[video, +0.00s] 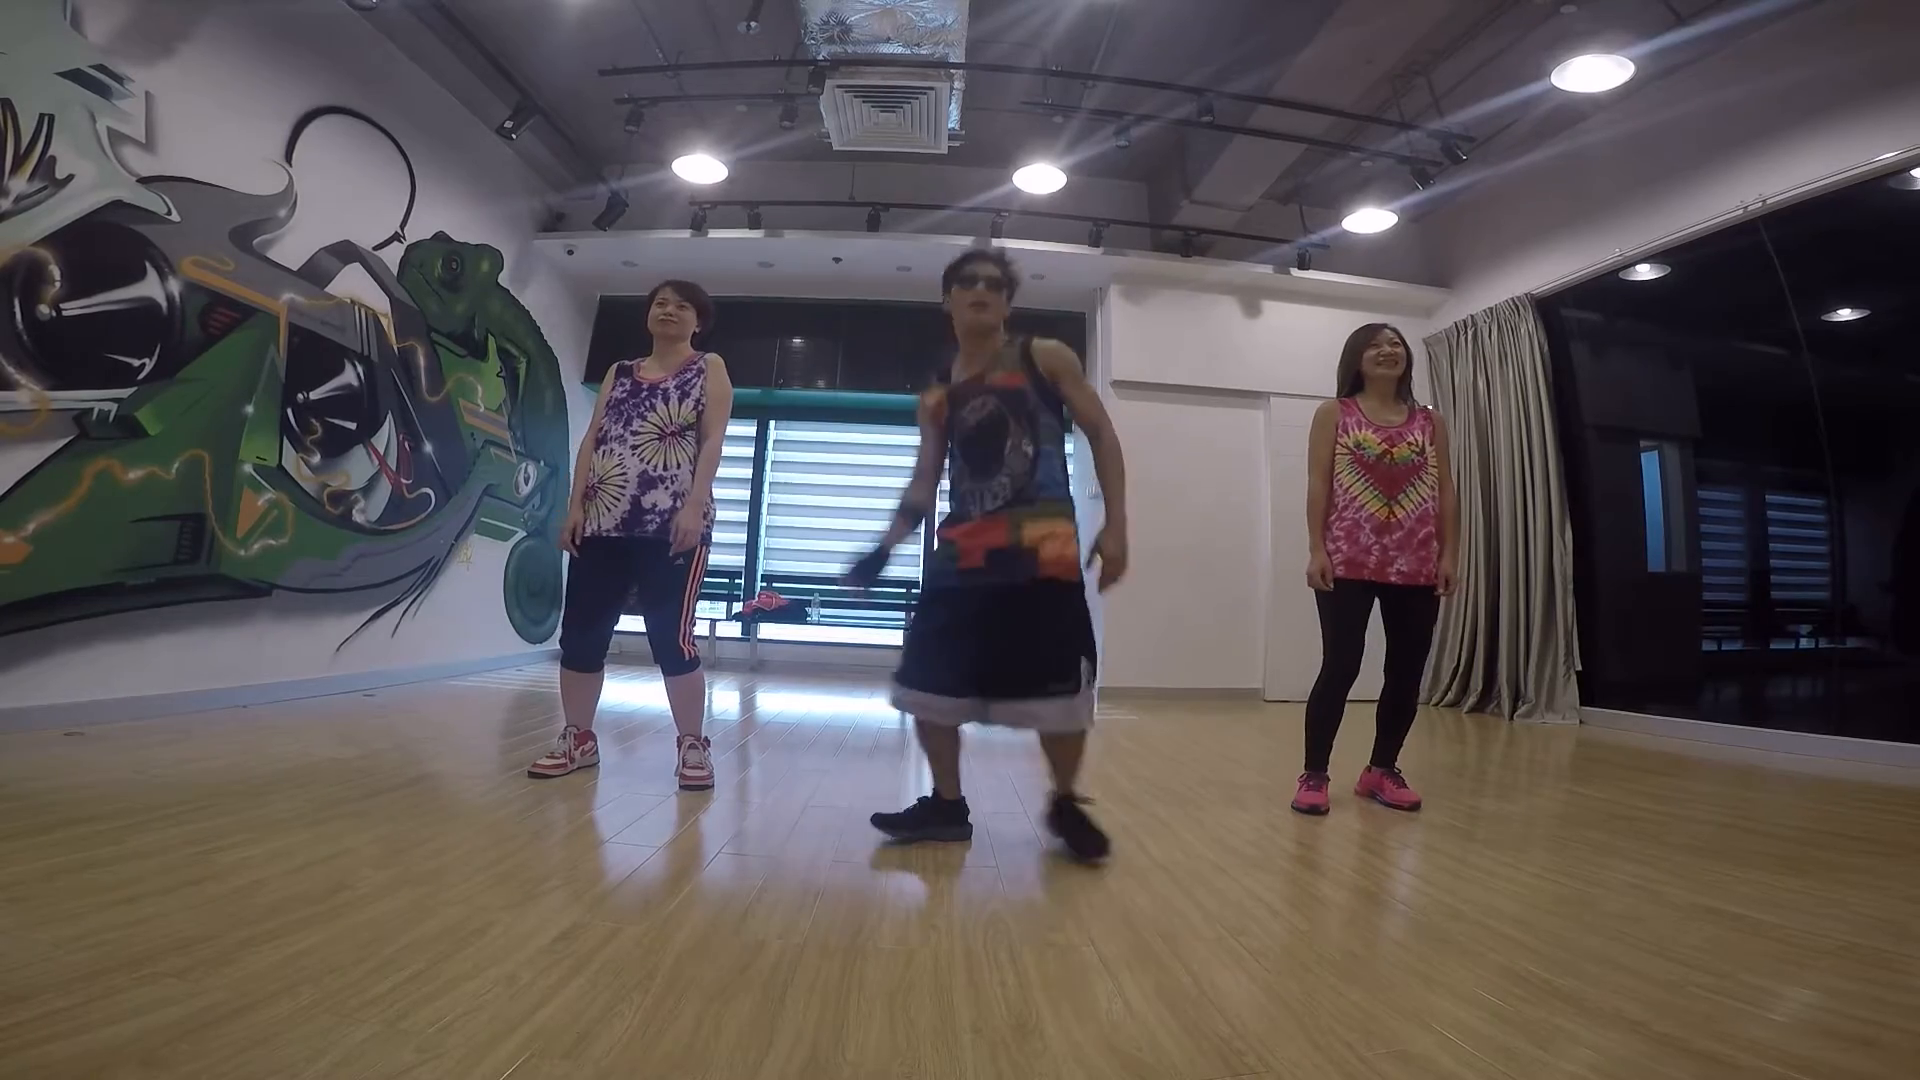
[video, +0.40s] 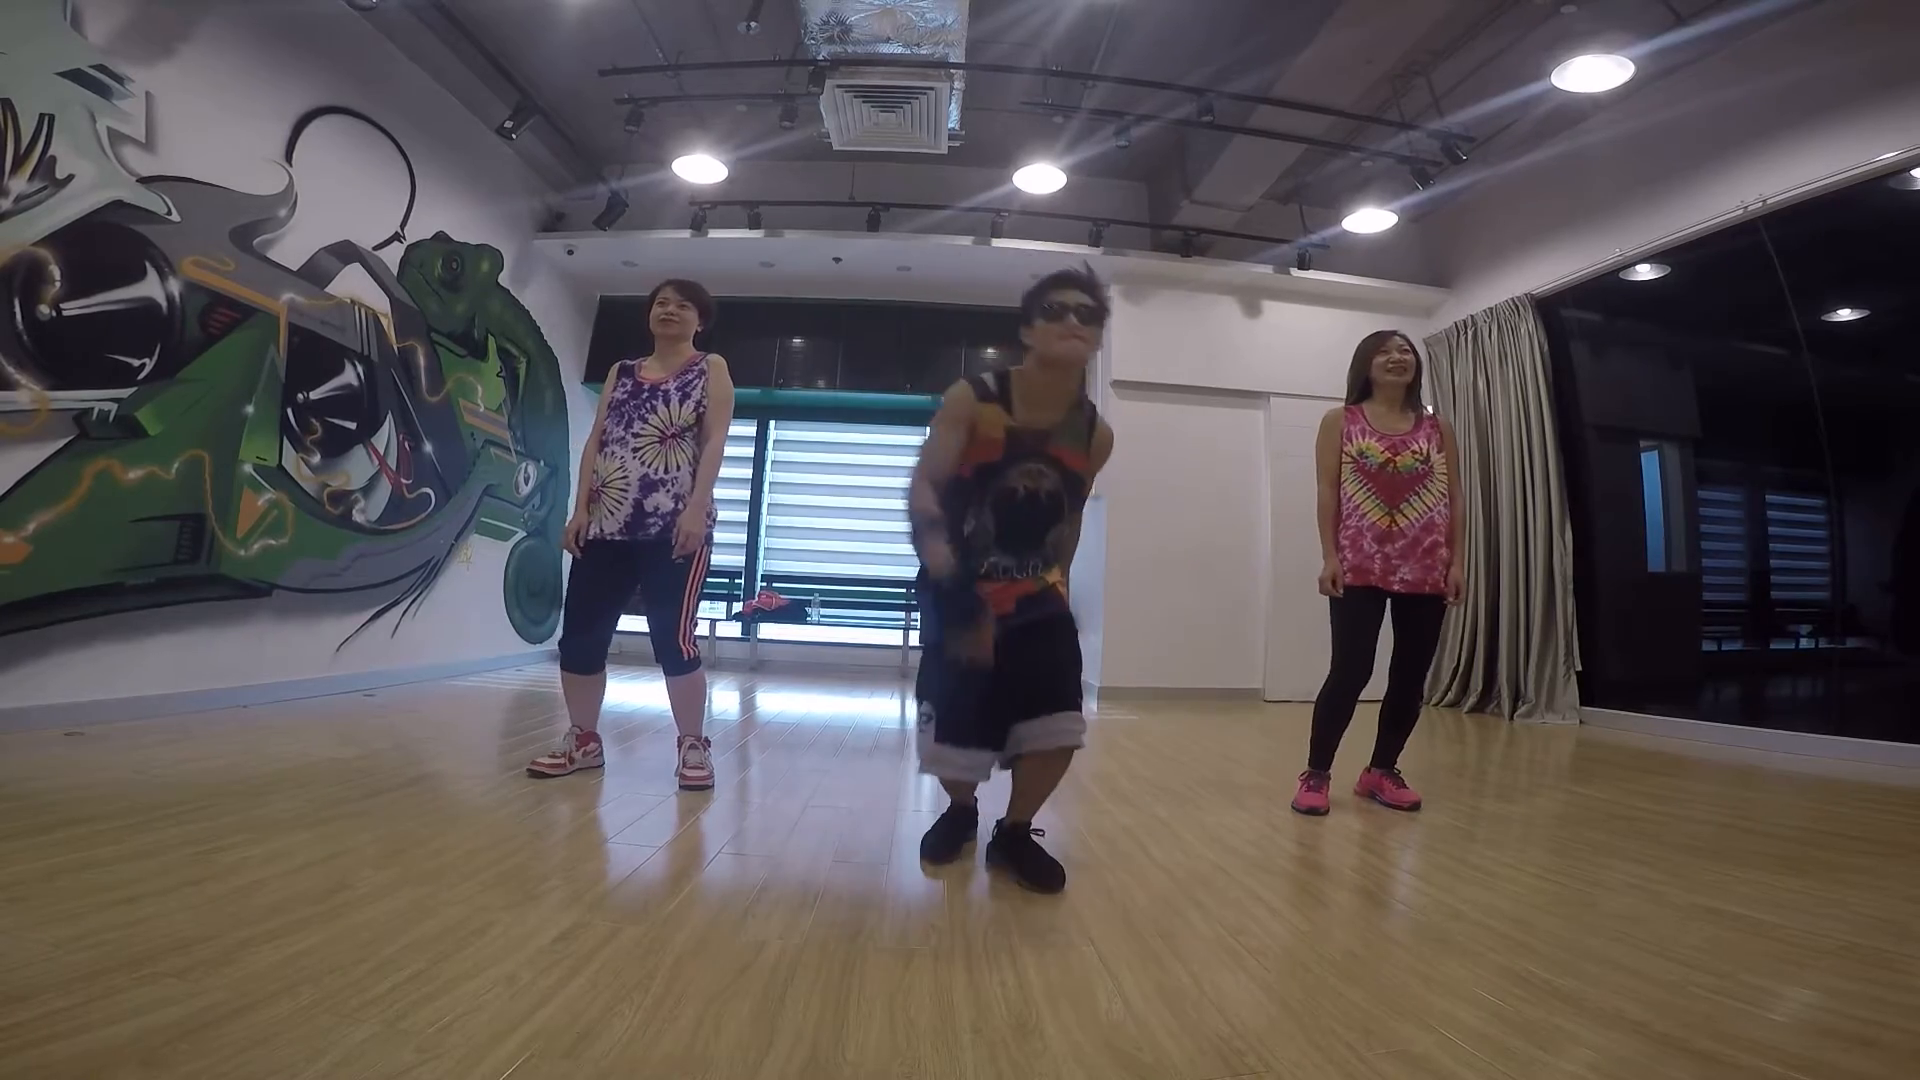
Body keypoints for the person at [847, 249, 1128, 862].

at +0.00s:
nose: (980, 294)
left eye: (992, 286)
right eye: (967, 284)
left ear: (1009, 301)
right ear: (947, 299)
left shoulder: (1047, 358)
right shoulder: (939, 397)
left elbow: (1102, 435)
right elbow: (922, 486)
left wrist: (1116, 524)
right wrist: (883, 547)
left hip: (1045, 555)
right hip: (963, 558)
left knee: (1064, 687)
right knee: (928, 685)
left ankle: (1066, 803)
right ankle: (946, 803)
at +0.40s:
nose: (1072, 323)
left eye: (1087, 315)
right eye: (1056, 312)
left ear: (1100, 337)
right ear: (1028, 329)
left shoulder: (1095, 433)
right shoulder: (972, 399)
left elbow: (1070, 520)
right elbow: (924, 489)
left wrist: (1054, 592)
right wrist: (952, 586)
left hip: (1038, 593)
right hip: (960, 586)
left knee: (1059, 726)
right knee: (957, 729)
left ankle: (1013, 835)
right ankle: (960, 809)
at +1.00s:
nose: (979, 260)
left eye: (996, 252)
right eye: (963, 249)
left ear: (1017, 275)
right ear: (940, 273)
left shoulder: (1063, 343)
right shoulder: (934, 379)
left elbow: (1139, 438)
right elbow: (938, 481)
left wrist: (1159, 549)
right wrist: (964, 531)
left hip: (1076, 568)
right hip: (985, 563)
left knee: (1059, 746)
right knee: (970, 718)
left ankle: (1015, 830)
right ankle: (973, 862)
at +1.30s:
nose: (984, 251)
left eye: (999, 240)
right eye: (966, 238)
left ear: (1018, 259)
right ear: (939, 259)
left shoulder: (1059, 337)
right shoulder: (913, 368)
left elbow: (1130, 432)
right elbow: (896, 469)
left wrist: (1218, 491)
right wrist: (860, 503)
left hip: (1054, 570)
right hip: (956, 570)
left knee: (1073, 742)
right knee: (937, 744)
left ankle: (1025, 813)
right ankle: (972, 866)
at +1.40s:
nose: (1012, 229)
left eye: (1025, 219)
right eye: (993, 217)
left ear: (1038, 241)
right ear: (959, 236)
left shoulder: (1069, 328)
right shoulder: (913, 334)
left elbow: (1158, 406)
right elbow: (858, 413)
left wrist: (1273, 442)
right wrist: (810, 431)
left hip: (1047, 561)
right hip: (942, 565)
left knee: (1086, 732)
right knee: (930, 744)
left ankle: (1028, 807)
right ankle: (970, 866)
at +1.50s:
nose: (1027, 232)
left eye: (1041, 220)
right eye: (1009, 217)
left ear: (1053, 237)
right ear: (974, 228)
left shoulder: (1073, 331)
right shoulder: (915, 317)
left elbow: (1166, 398)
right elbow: (831, 369)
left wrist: (1275, 419)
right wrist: (755, 373)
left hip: (1044, 558)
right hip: (938, 560)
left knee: (1089, 723)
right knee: (924, 739)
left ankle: (1026, 821)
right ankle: (966, 867)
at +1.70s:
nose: (1049, 244)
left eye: (1062, 235)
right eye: (1029, 234)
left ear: (1077, 262)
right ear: (996, 257)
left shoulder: (1081, 367)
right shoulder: (939, 321)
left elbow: (1135, 462)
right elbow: (844, 361)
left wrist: (1246, 466)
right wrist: (763, 369)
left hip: (1031, 586)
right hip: (925, 580)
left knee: (1060, 767)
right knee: (913, 761)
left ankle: (1025, 864)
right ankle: (969, 867)